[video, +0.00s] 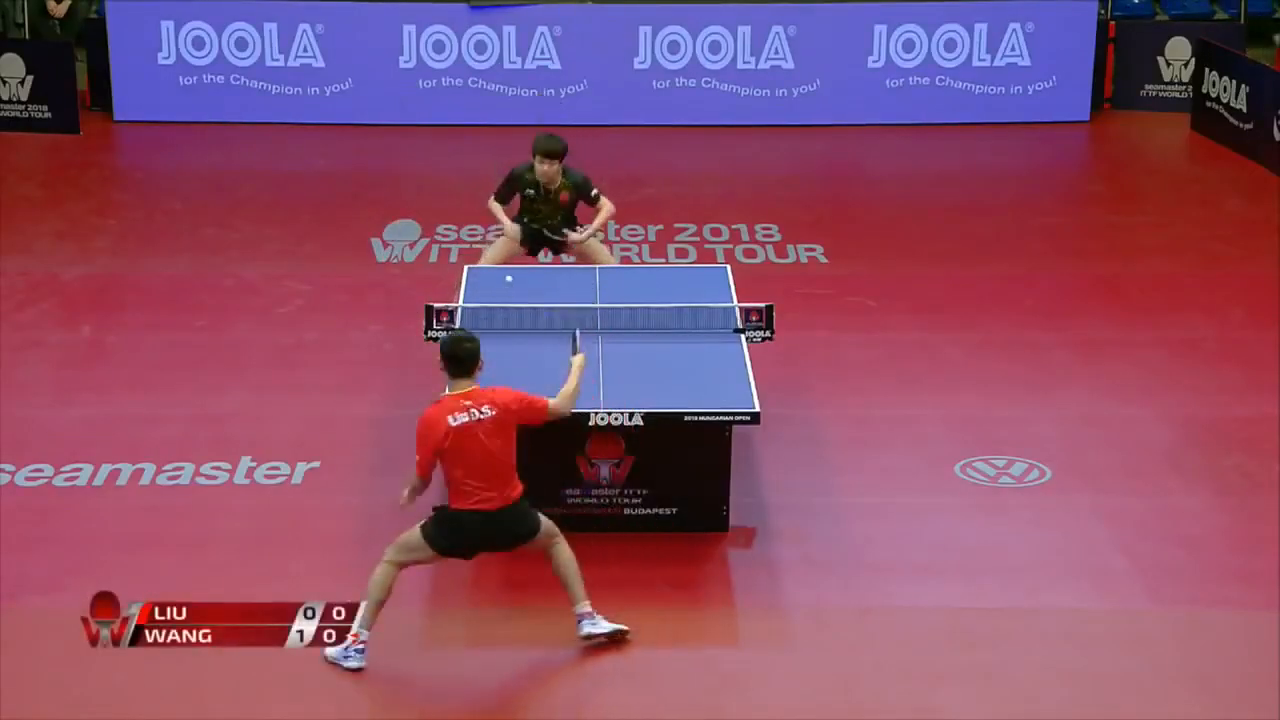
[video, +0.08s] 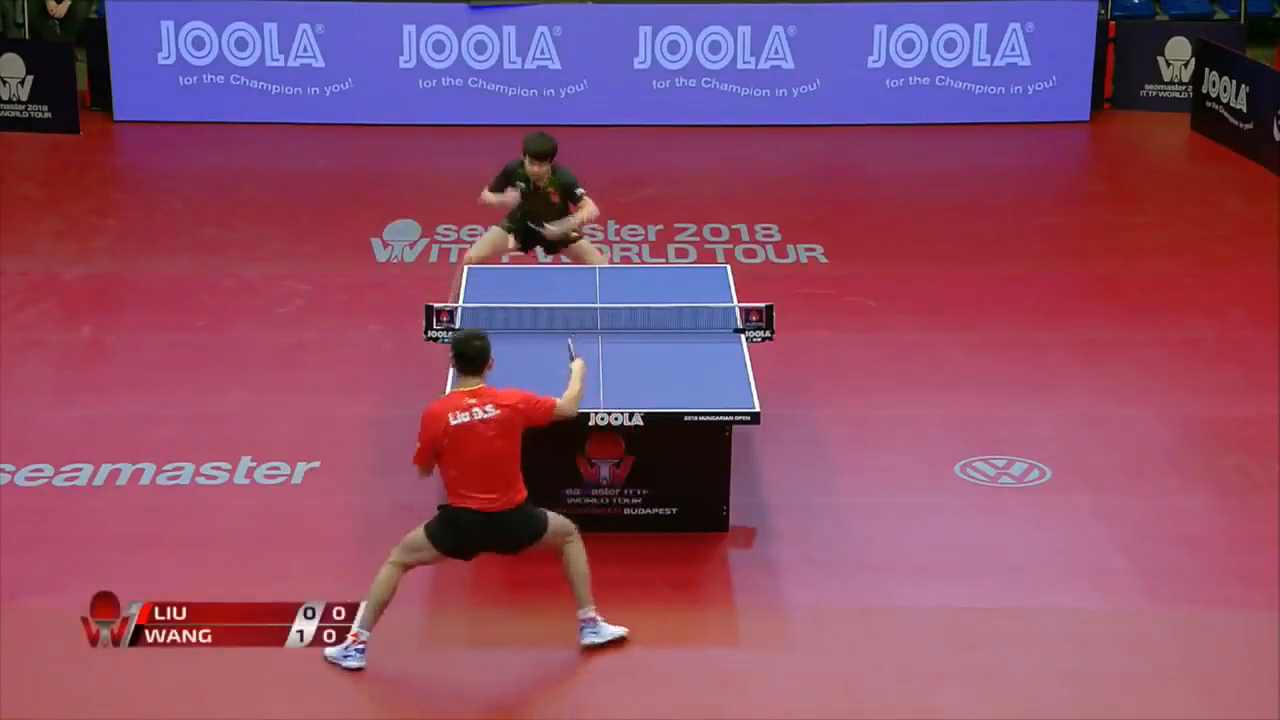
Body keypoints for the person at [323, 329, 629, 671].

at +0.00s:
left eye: (443, 361)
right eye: (481, 359)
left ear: (444, 367)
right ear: (479, 365)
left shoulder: (434, 417)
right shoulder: (503, 401)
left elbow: (423, 477)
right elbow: (561, 408)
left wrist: (410, 492)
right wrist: (578, 370)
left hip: (461, 524)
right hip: (512, 518)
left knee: (393, 557)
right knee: (554, 539)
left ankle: (356, 642)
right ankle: (587, 616)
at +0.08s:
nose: (487, 363)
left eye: (460, 358)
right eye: (489, 358)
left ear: (453, 364)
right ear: (489, 364)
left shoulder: (437, 413)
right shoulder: (511, 403)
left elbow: (423, 467)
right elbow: (567, 408)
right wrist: (578, 373)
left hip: (460, 524)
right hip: (514, 521)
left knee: (398, 560)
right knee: (569, 534)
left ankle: (355, 643)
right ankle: (591, 623)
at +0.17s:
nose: (519, 354)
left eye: (505, 350)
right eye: (526, 350)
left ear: (493, 354)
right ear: (529, 355)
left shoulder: (471, 399)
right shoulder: (549, 396)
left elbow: (447, 452)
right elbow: (591, 411)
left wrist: (476, 440)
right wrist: (582, 385)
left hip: (483, 513)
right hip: (537, 514)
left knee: (422, 551)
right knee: (605, 549)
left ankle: (377, 633)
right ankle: (650, 632)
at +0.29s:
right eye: (557, 368)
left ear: (521, 369)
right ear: (556, 371)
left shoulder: (498, 411)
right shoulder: (573, 411)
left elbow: (475, 462)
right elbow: (611, 450)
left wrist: (507, 450)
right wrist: (581, 440)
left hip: (503, 528)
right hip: (556, 530)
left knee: (444, 541)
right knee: (621, 570)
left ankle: (422, 631)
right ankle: (670, 650)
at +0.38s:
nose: (543, 383)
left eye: (541, 379)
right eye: (572, 380)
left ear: (538, 383)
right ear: (575, 386)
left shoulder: (517, 426)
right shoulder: (590, 426)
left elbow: (473, 460)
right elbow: (615, 470)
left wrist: (477, 427)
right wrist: (606, 438)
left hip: (525, 544)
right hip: (581, 544)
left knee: (473, 557)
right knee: (646, 560)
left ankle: (435, 644)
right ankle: (677, 650)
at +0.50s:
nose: (529, 376)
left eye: (530, 371)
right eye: (561, 375)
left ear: (532, 375)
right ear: (567, 376)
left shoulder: (522, 415)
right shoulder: (583, 411)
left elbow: (476, 460)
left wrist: (437, 439)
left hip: (530, 532)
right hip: (578, 534)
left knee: (462, 556)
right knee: (635, 566)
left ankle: (429, 644)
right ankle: (678, 649)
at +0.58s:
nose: (498, 360)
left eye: (499, 355)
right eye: (504, 354)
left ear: (504, 359)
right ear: (538, 358)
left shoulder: (504, 398)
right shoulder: (561, 387)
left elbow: (499, 454)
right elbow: (602, 381)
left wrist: (461, 495)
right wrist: (627, 362)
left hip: (514, 517)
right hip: (561, 515)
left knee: (449, 555)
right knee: (622, 569)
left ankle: (407, 642)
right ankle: (671, 648)